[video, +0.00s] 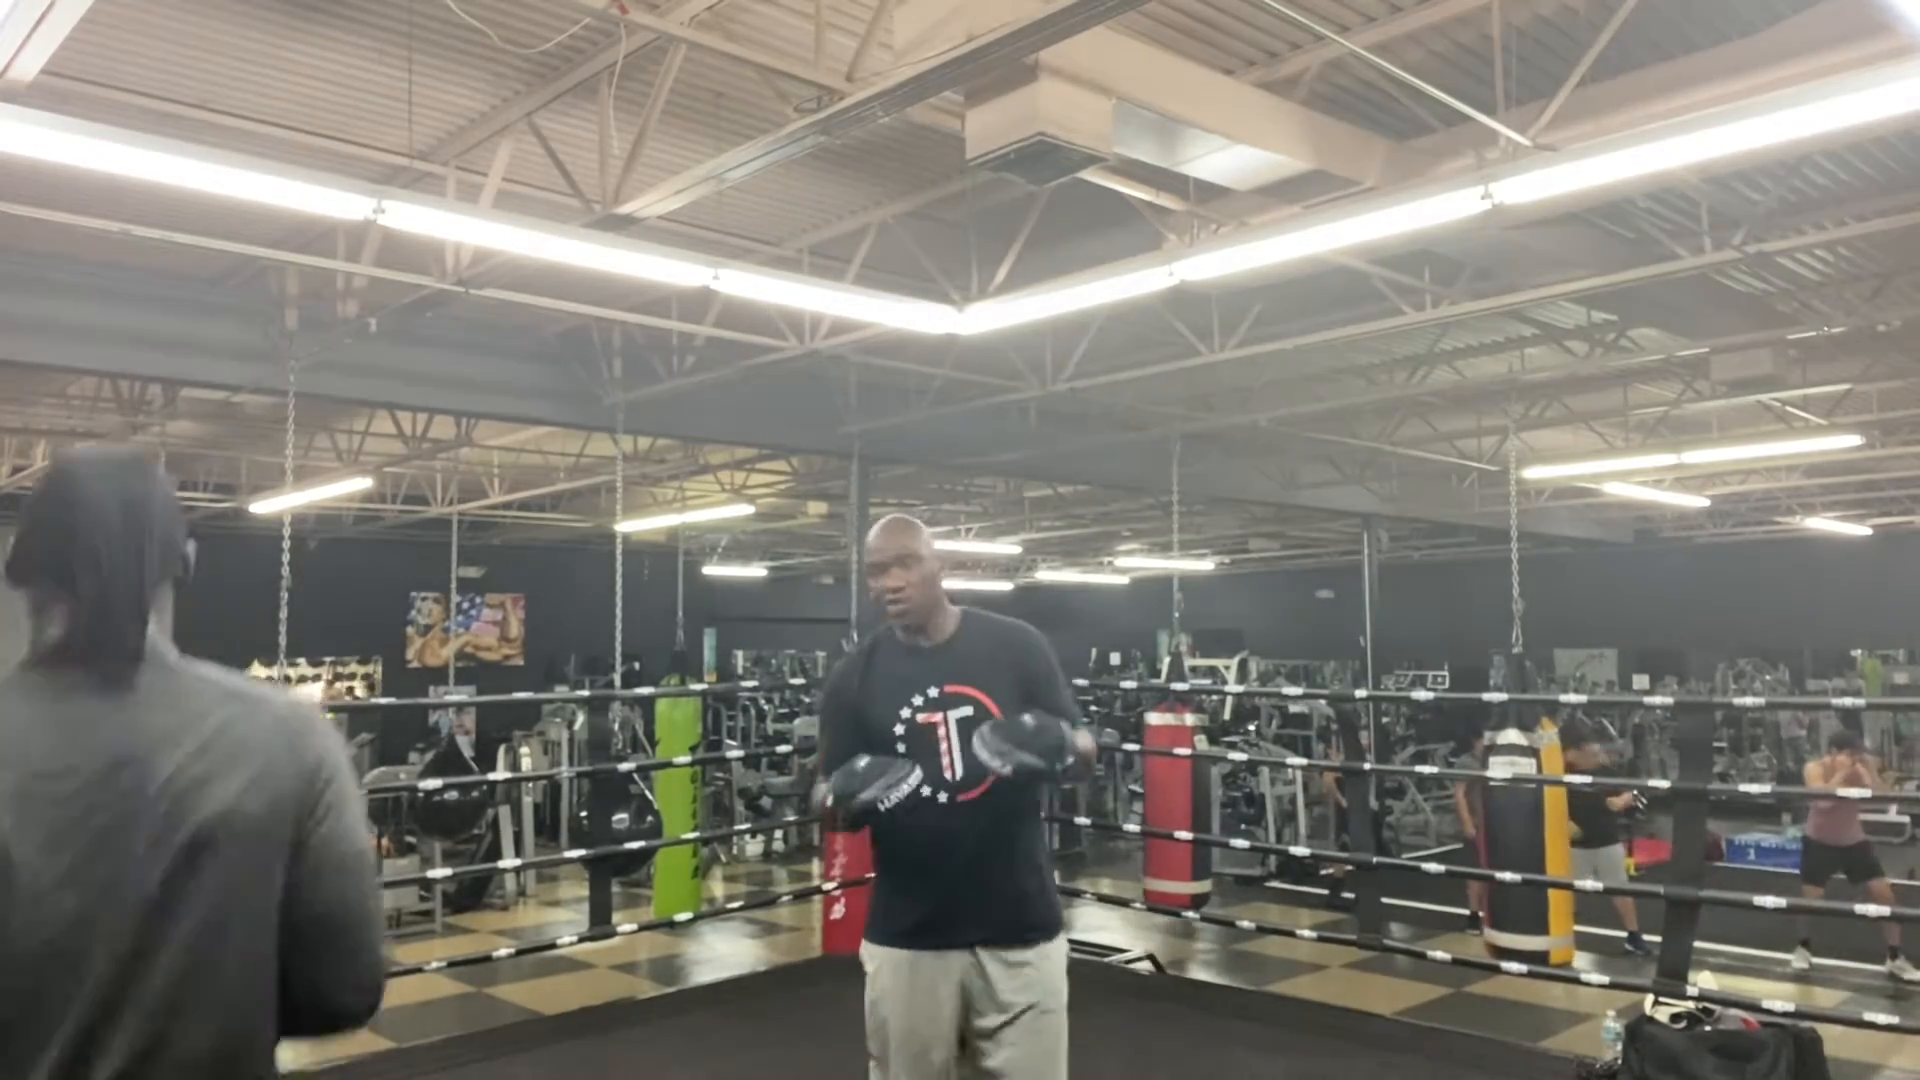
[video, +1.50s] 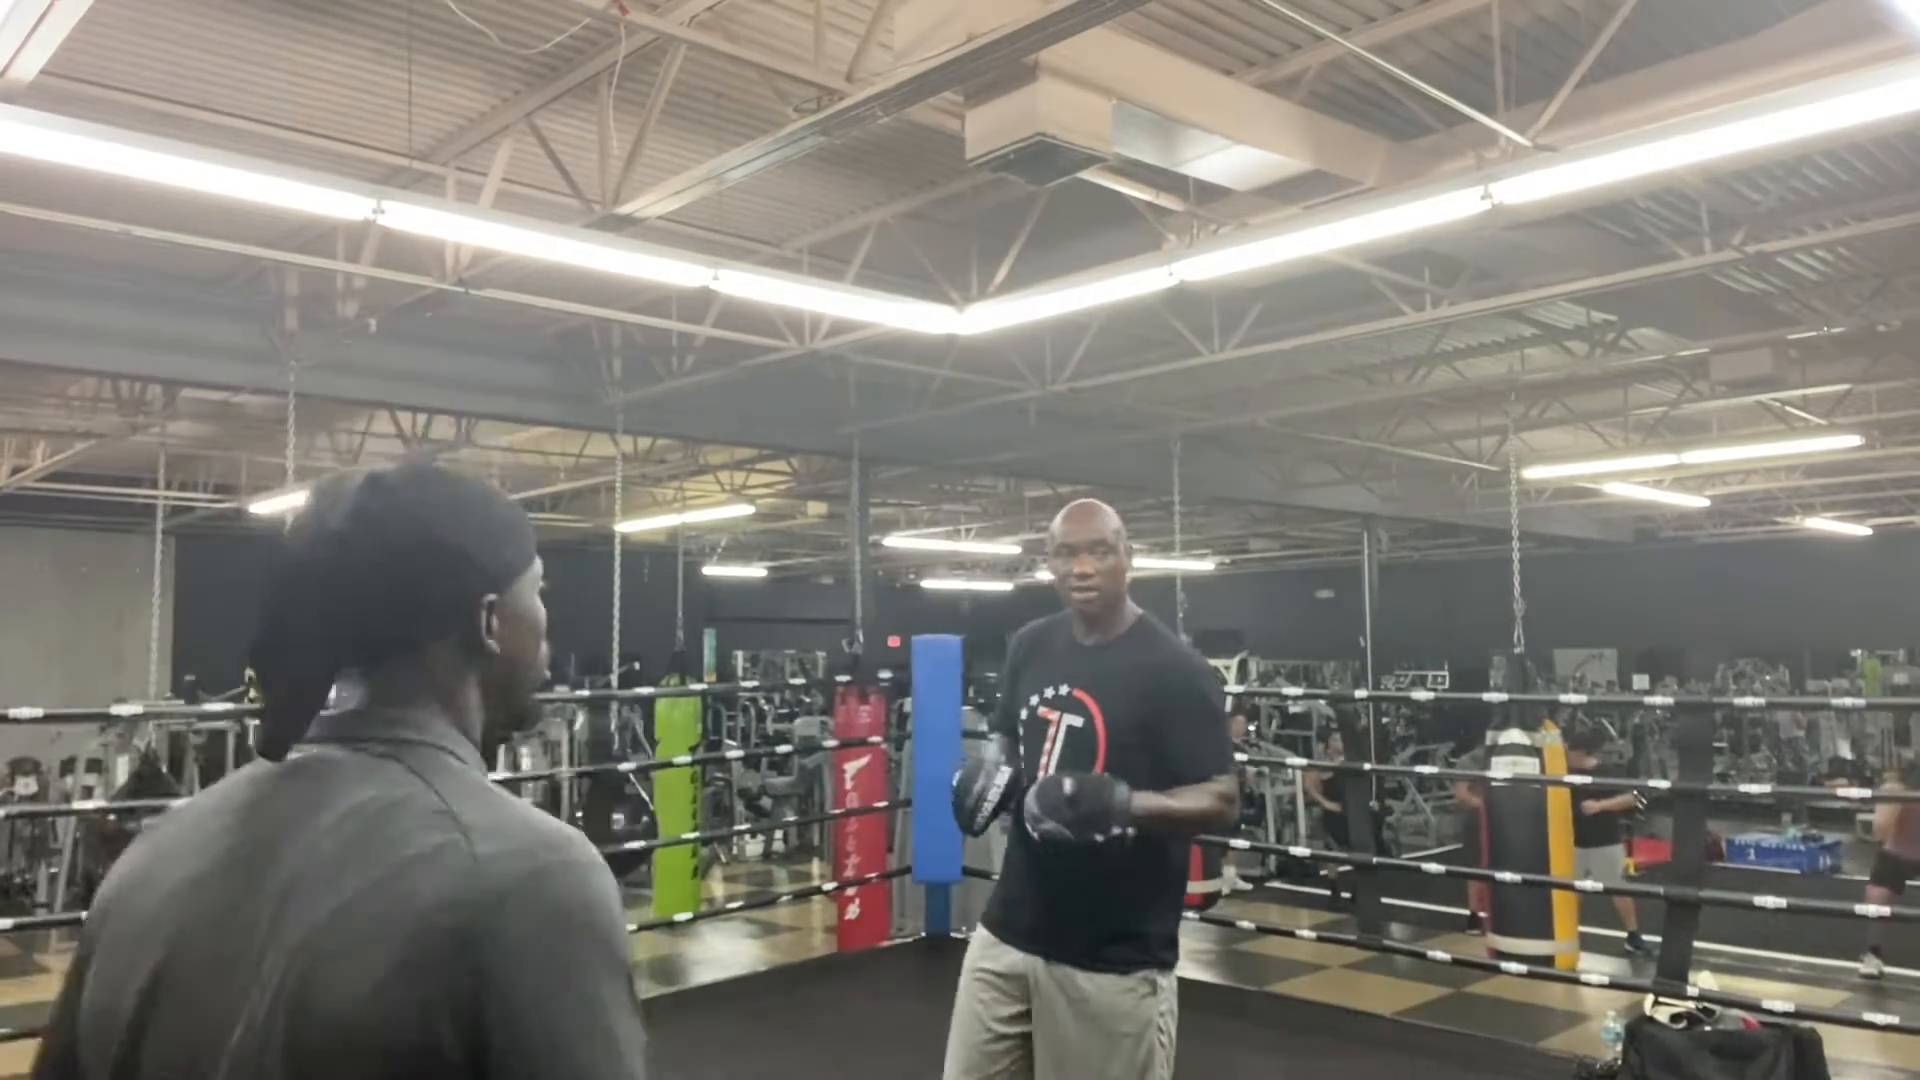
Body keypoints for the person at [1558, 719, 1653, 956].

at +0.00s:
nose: (1597, 758)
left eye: (1598, 752)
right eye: (1591, 753)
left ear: (1601, 750)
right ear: (1571, 754)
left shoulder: (1606, 773)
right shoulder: (1564, 777)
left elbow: (1624, 791)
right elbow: (1572, 808)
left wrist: (1623, 799)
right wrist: (1607, 803)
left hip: (1607, 840)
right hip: (1575, 843)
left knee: (1620, 890)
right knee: (1565, 892)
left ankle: (1633, 934)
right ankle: (1561, 936)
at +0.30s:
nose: (1603, 760)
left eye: (1605, 756)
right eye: (1599, 755)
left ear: (1607, 757)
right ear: (1584, 753)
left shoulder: (1607, 773)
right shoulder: (1567, 772)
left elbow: (1611, 799)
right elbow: (1556, 798)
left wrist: (1627, 798)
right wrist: (1584, 792)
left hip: (1606, 841)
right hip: (1574, 842)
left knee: (1619, 889)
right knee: (1567, 891)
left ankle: (1633, 934)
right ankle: (1563, 933)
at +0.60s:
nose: (1608, 760)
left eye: (1610, 755)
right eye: (1604, 754)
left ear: (1612, 753)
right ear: (1590, 750)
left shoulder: (1610, 774)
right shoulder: (1568, 771)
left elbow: (1614, 799)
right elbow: (1554, 797)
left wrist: (1627, 804)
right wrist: (1579, 811)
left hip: (1607, 842)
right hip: (1576, 843)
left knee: (1620, 890)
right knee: (1570, 892)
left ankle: (1633, 935)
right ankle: (1564, 932)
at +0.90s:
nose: (1583, 757)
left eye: (1588, 752)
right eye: (1582, 752)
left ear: (1602, 753)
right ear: (1580, 751)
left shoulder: (1617, 775)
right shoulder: (1568, 772)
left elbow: (1637, 794)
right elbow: (1553, 797)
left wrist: (1630, 803)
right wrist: (1566, 811)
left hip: (1610, 841)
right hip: (1576, 841)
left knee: (1621, 890)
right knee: (1571, 890)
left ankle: (1633, 934)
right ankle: (1566, 931)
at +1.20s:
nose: (1589, 760)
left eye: (1594, 755)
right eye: (1585, 754)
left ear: (1599, 754)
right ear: (1576, 751)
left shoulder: (1613, 774)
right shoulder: (1567, 773)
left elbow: (1634, 802)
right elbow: (1584, 805)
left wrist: (1608, 805)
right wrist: (1621, 803)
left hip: (1608, 841)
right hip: (1575, 841)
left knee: (1620, 890)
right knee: (1569, 891)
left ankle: (1633, 934)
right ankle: (1561, 934)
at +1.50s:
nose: (1565, 757)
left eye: (1569, 753)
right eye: (1567, 753)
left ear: (1585, 754)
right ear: (1570, 751)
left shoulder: (1610, 772)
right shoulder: (1560, 773)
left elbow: (1635, 798)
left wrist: (1600, 805)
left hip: (1606, 841)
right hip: (1572, 842)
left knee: (1619, 889)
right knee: (1568, 893)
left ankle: (1633, 934)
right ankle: (1565, 938)